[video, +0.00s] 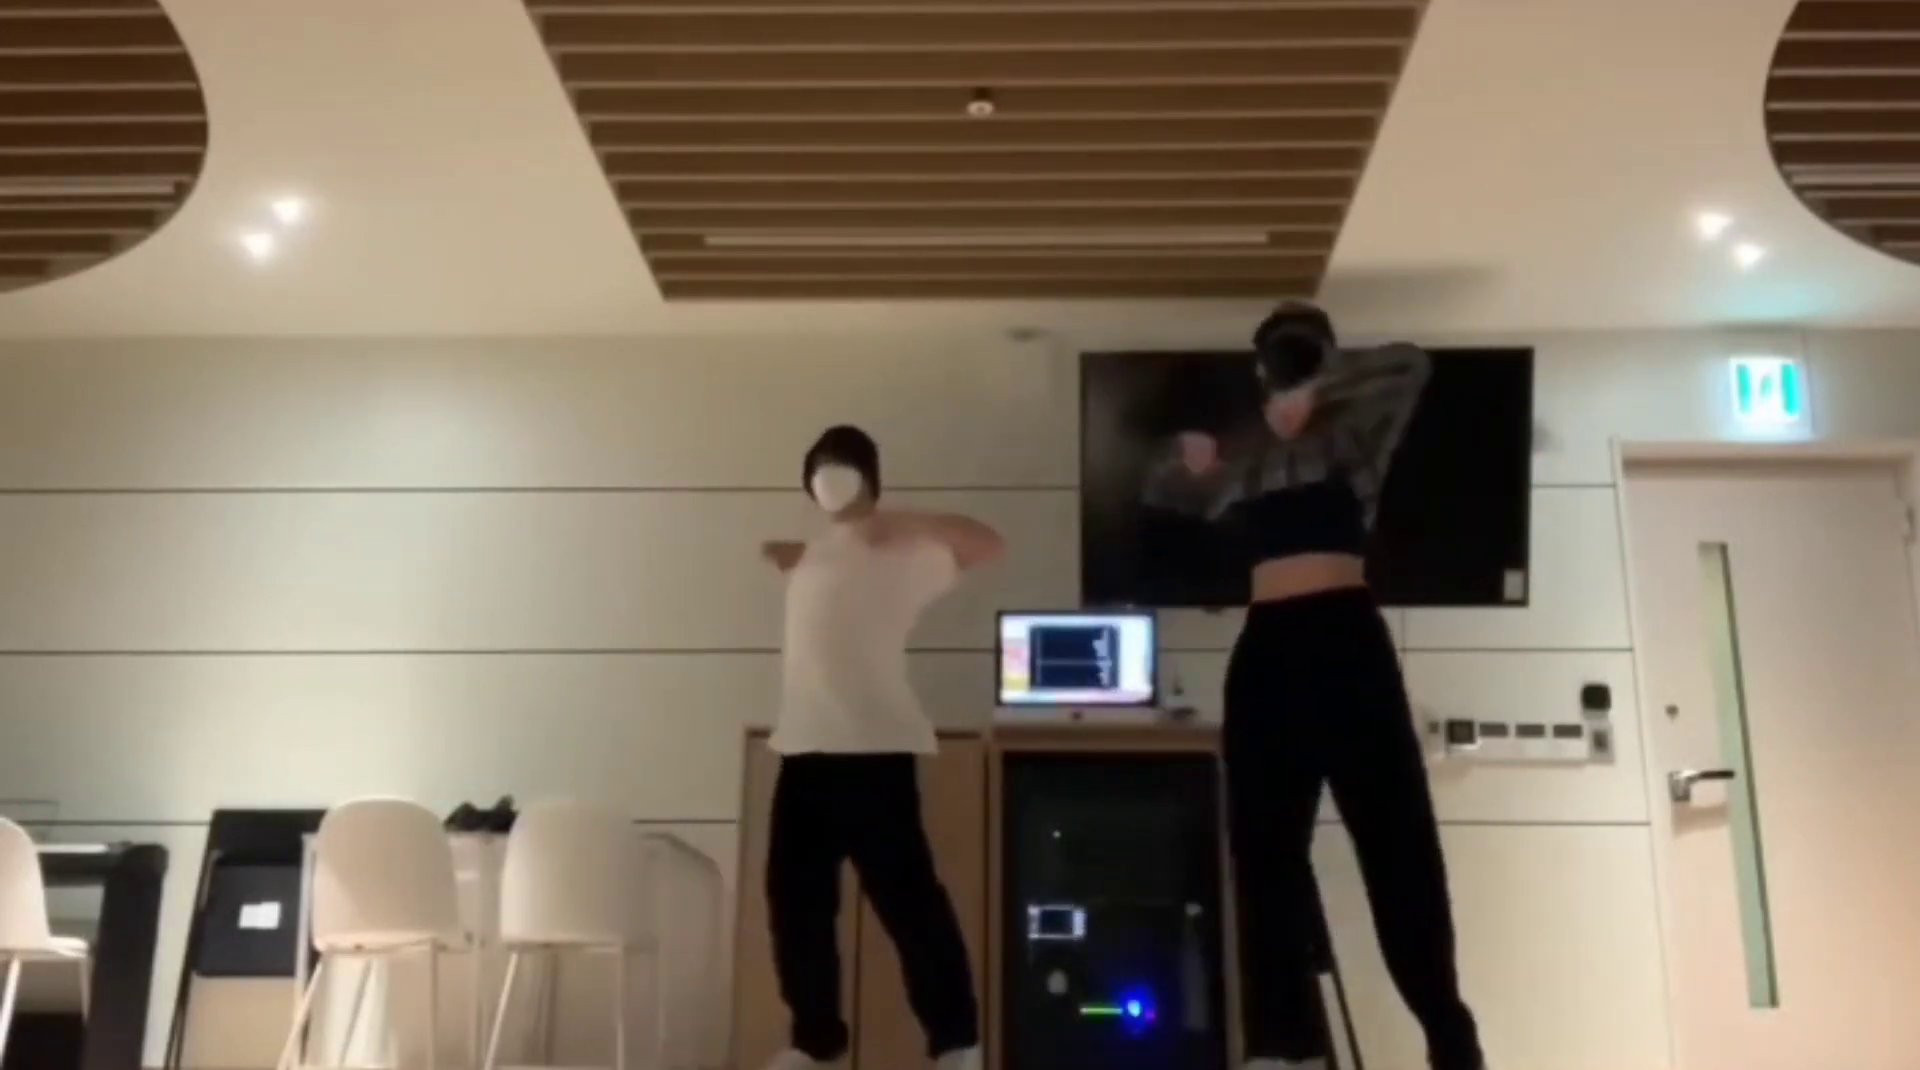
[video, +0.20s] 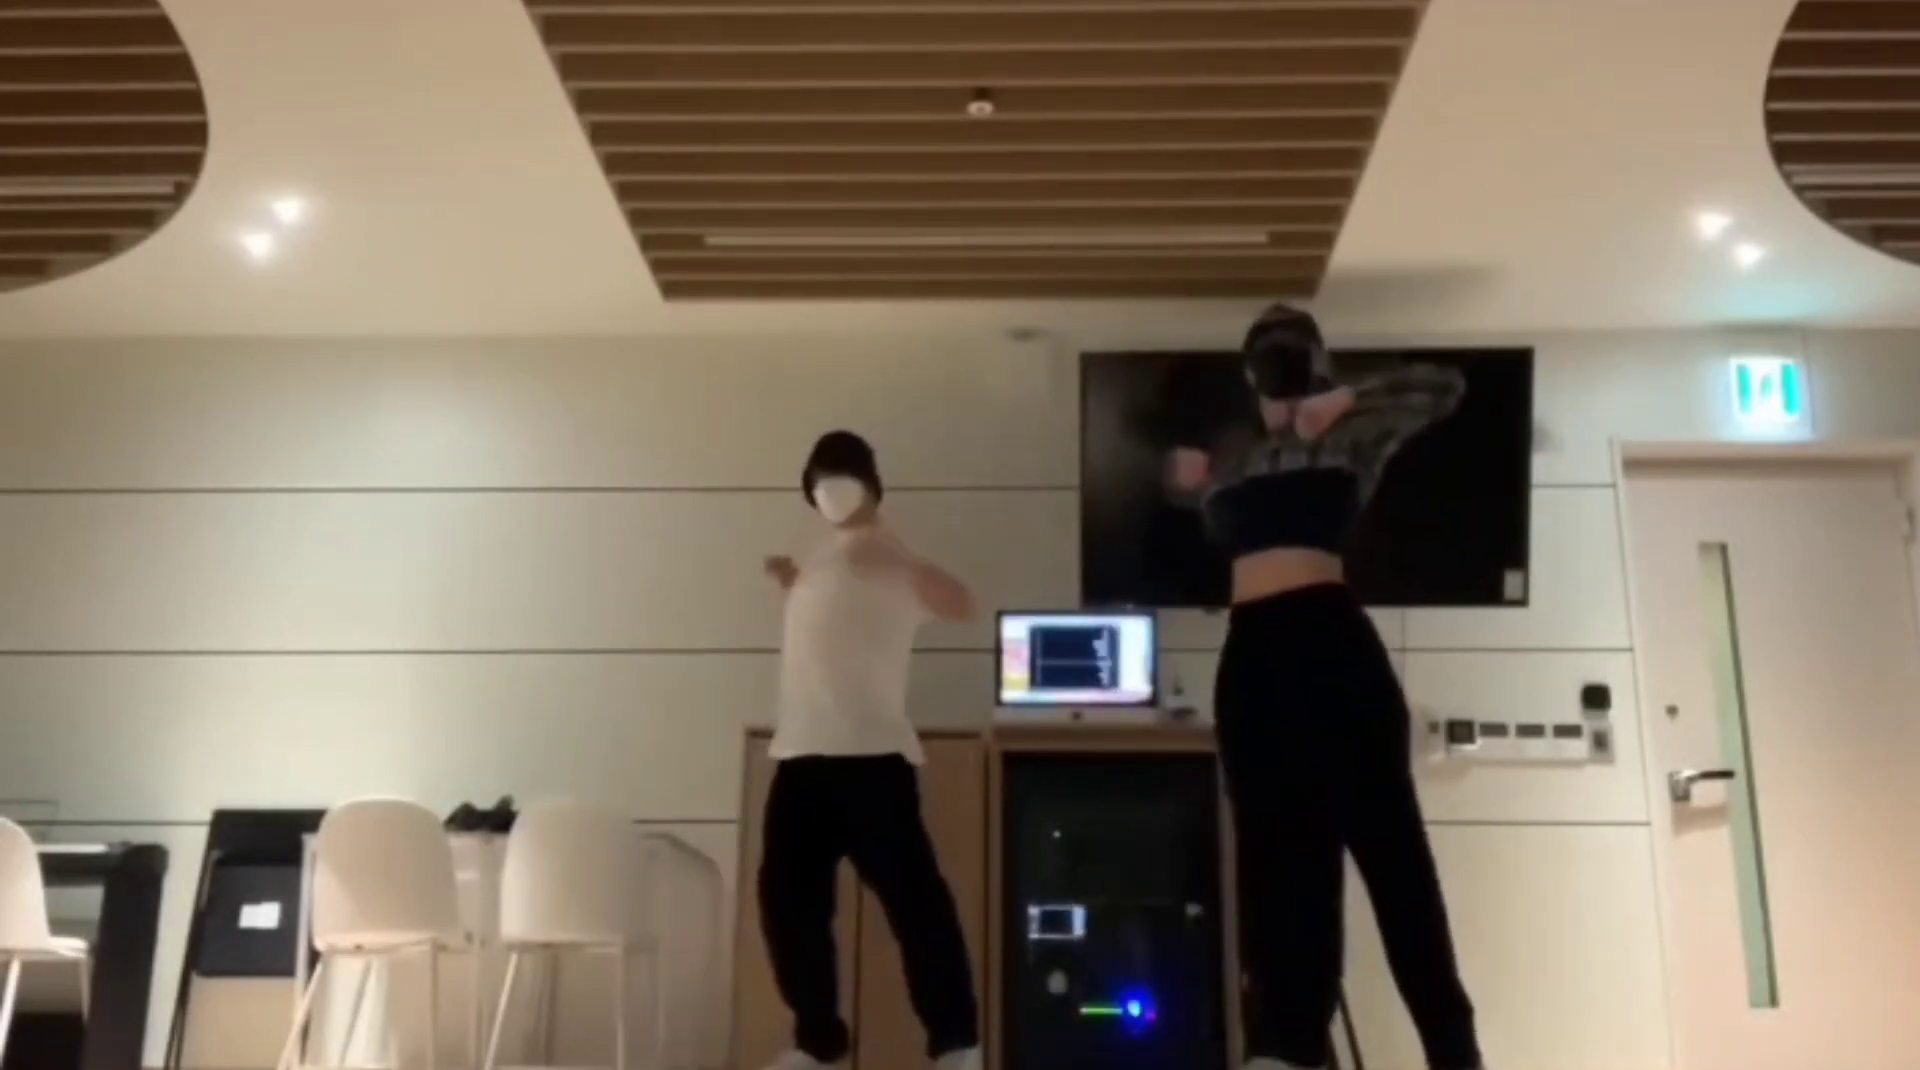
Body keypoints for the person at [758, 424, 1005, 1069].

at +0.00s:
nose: (832, 487)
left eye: (846, 472)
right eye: (820, 477)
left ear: (872, 477)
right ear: (809, 488)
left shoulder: (907, 549)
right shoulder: (815, 554)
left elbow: (988, 545)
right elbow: (813, 563)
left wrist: (906, 525)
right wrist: (784, 556)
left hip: (879, 752)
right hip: (806, 754)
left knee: (906, 898)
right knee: (797, 901)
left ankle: (955, 1045)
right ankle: (816, 1042)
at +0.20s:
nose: (835, 496)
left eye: (847, 481)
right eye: (822, 486)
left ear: (873, 486)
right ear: (810, 496)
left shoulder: (891, 558)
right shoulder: (815, 565)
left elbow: (962, 607)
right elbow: (817, 624)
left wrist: (899, 560)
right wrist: (789, 583)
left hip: (877, 761)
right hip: (803, 763)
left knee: (915, 901)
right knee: (789, 899)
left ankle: (955, 1042)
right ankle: (819, 1041)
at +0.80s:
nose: (802, 525)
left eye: (814, 510)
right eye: (792, 513)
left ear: (844, 514)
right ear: (784, 520)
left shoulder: (873, 582)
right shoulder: (798, 582)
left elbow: (827, 669)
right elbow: (777, 681)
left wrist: (779, 606)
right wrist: (756, 614)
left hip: (857, 737)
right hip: (811, 735)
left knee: (719, 712)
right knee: (765, 887)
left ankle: (741, 866)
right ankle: (816, 1042)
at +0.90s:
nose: (804, 532)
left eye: (814, 516)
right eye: (792, 522)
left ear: (843, 517)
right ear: (784, 532)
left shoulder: (873, 585)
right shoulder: (804, 596)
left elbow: (821, 643)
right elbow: (753, 644)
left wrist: (724, 650)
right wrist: (686, 648)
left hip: (853, 740)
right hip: (808, 742)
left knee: (725, 759)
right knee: (769, 888)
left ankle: (717, 921)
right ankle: (815, 1043)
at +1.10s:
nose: (780, 504)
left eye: (795, 491)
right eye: (770, 492)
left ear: (820, 500)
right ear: (759, 502)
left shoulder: (825, 563)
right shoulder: (776, 572)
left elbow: (871, 627)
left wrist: (895, 715)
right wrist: (678, 606)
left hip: (850, 745)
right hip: (806, 751)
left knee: (778, 892)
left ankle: (826, 1033)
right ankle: (844, 1027)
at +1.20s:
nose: (774, 489)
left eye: (789, 478)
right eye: (767, 477)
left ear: (817, 491)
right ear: (754, 483)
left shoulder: (809, 553)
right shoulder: (757, 544)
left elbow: (885, 615)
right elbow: (733, 588)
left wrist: (941, 696)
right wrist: (734, 626)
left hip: (848, 742)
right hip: (801, 748)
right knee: (782, 901)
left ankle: (928, 1027)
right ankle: (816, 1044)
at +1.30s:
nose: (774, 477)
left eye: (787, 463)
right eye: (766, 466)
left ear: (814, 475)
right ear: (758, 478)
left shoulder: (816, 549)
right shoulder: (774, 548)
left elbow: (907, 611)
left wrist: (969, 692)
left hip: (833, 742)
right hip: (791, 742)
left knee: (897, 875)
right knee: (790, 898)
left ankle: (965, 1015)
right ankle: (818, 1044)